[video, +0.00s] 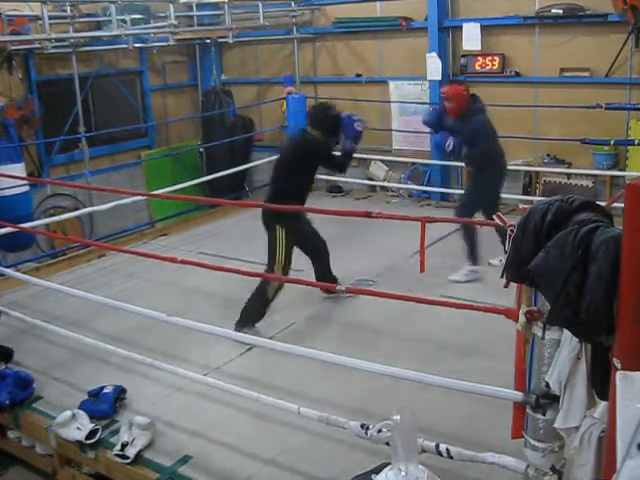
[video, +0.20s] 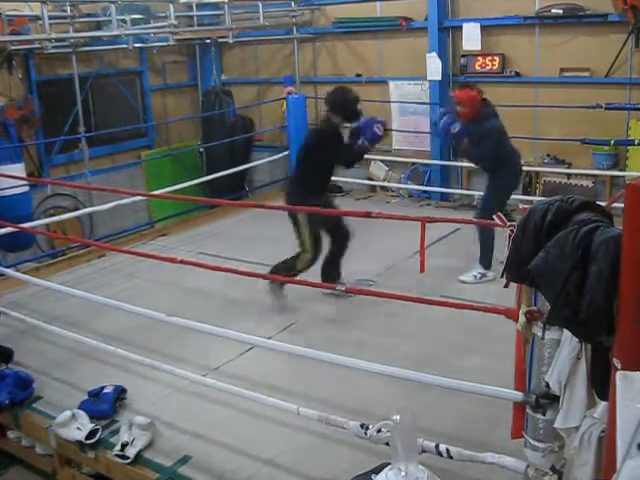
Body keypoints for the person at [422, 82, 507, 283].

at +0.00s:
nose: (446, 107)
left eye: (449, 103)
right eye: (445, 103)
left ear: (461, 102)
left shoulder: (476, 121)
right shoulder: (462, 115)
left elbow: (479, 153)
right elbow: (448, 125)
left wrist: (457, 149)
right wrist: (435, 120)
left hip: (489, 170)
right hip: (488, 167)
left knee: (464, 213)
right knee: (490, 210)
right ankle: (513, 252)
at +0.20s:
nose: (459, 111)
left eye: (463, 107)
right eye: (457, 106)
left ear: (474, 106)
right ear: (458, 106)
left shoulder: (488, 126)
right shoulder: (476, 116)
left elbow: (483, 158)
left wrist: (461, 140)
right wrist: (453, 126)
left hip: (506, 171)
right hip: (500, 168)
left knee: (483, 217)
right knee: (498, 210)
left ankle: (485, 267)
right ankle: (524, 246)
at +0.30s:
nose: (470, 107)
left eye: (474, 103)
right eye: (470, 103)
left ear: (487, 105)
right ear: (479, 105)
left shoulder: (499, 124)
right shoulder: (484, 121)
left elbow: (493, 155)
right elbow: (472, 150)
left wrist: (473, 135)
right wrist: (463, 129)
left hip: (513, 175)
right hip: (506, 173)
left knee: (487, 216)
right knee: (512, 217)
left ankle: (485, 268)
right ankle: (527, 261)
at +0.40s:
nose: (484, 107)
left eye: (488, 103)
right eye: (483, 103)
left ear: (500, 104)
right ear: (498, 104)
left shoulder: (514, 124)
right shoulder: (502, 118)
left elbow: (507, 155)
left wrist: (485, 138)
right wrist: (475, 115)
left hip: (522, 177)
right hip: (517, 174)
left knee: (492, 216)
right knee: (525, 220)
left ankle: (487, 268)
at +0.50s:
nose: (496, 121)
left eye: (498, 117)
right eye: (496, 117)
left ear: (506, 117)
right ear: (512, 114)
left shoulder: (518, 133)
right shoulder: (521, 122)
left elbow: (500, 156)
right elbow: (501, 141)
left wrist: (485, 138)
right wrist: (487, 133)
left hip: (529, 185)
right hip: (534, 181)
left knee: (496, 211)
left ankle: (498, 265)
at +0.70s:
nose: (505, 134)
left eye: (508, 130)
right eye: (503, 130)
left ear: (516, 123)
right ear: (499, 123)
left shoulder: (525, 142)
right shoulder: (521, 125)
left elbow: (512, 171)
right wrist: (481, 117)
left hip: (531, 190)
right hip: (540, 185)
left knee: (499, 218)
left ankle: (502, 268)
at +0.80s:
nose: (498, 133)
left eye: (499, 129)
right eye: (496, 129)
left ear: (508, 127)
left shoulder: (519, 143)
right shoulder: (523, 123)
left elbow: (519, 179)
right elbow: (491, 130)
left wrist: (497, 176)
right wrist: (485, 115)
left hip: (526, 194)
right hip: (539, 189)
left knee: (486, 214)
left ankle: (496, 267)